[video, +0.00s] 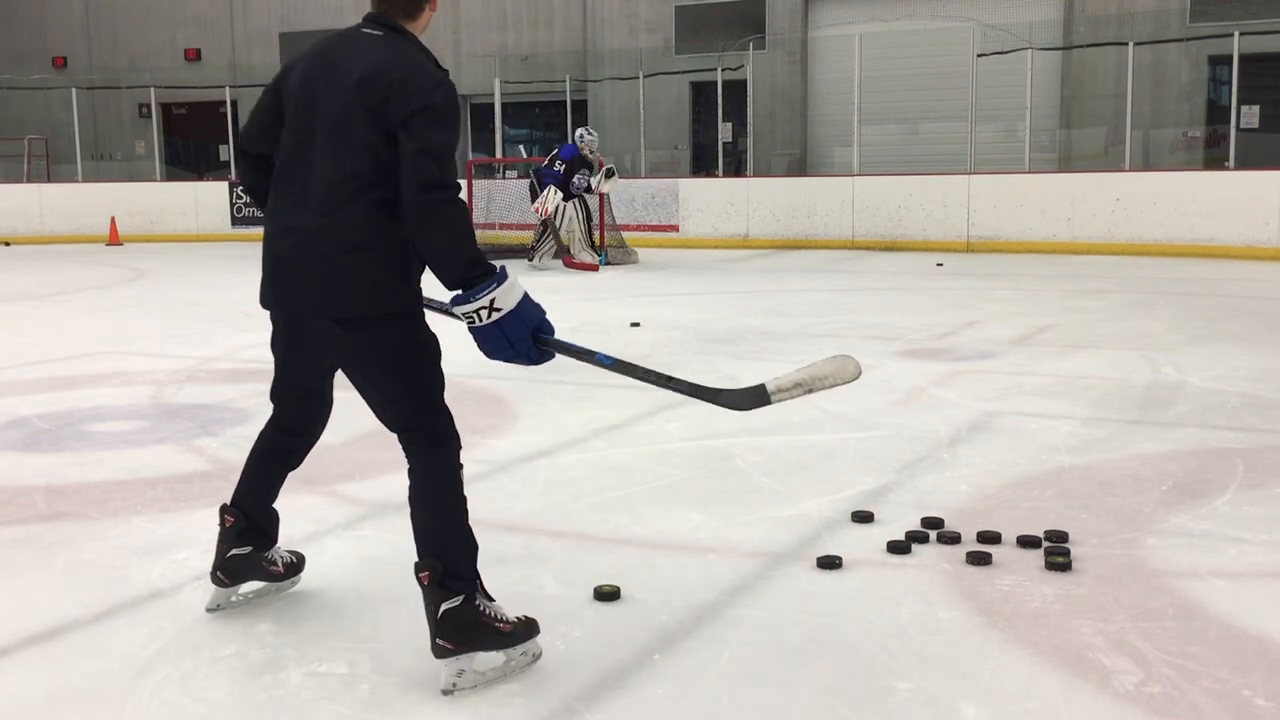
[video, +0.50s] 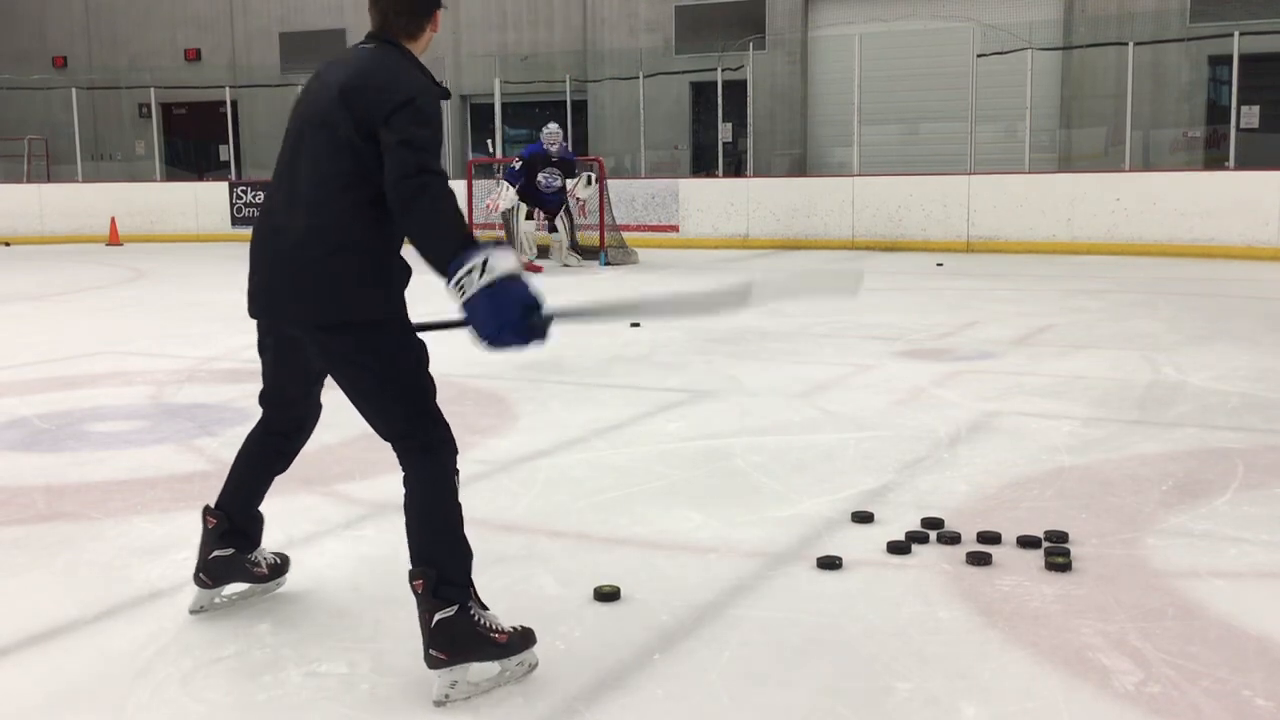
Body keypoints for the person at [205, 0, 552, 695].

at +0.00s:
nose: (438, 14)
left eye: (436, 9)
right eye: (439, 9)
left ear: (371, 4)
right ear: (429, 8)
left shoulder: (309, 60)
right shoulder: (423, 79)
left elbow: (252, 149)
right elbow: (431, 203)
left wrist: (299, 217)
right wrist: (490, 296)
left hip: (291, 285)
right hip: (371, 294)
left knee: (294, 417)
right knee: (431, 440)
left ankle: (240, 545)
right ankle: (456, 606)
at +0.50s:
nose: (439, 26)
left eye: (434, 16)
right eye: (439, 17)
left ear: (375, 16)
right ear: (431, 23)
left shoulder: (331, 74)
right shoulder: (405, 84)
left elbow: (318, 187)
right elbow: (417, 189)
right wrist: (475, 271)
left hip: (280, 290)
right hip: (351, 298)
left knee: (283, 422)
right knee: (428, 450)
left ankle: (223, 546)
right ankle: (449, 614)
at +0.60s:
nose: (448, 38)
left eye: (444, 26)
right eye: (448, 27)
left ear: (384, 22)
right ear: (439, 31)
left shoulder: (349, 81)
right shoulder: (402, 83)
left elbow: (345, 208)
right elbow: (422, 152)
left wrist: (393, 300)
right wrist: (511, 182)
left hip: (273, 285)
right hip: (341, 292)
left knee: (276, 417)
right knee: (424, 447)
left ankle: (207, 546)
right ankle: (442, 616)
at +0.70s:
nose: (464, 53)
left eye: (463, 45)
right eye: (460, 41)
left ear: (403, 34)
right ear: (447, 40)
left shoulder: (400, 106)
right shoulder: (405, 82)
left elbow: (407, 221)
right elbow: (445, 68)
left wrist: (447, 290)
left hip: (269, 285)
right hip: (331, 298)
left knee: (264, 422)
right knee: (421, 449)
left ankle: (189, 545)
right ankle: (422, 617)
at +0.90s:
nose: (493, 104)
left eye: (494, 94)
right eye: (491, 92)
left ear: (446, 83)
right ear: (474, 86)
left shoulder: (400, 124)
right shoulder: (436, 114)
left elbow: (427, 235)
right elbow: (463, 47)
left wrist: (487, 273)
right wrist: (514, 0)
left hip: (254, 290)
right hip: (326, 302)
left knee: (280, 419)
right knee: (413, 455)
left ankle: (198, 544)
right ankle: (412, 618)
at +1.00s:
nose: (483, 126)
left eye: (483, 116)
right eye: (487, 115)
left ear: (428, 95)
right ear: (479, 107)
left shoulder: (379, 134)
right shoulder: (452, 135)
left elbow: (340, 229)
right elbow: (445, 182)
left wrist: (397, 306)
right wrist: (406, 275)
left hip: (255, 293)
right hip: (329, 307)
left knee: (289, 417)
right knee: (409, 462)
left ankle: (212, 542)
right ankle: (407, 617)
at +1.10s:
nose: (462, 117)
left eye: (455, 106)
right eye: (466, 109)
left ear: (406, 94)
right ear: (458, 109)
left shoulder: (346, 125)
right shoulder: (445, 173)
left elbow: (252, 148)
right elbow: (439, 286)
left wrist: (286, 205)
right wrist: (435, 389)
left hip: (261, 297)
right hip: (340, 323)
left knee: (300, 402)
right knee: (382, 475)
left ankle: (245, 527)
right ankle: (372, 616)